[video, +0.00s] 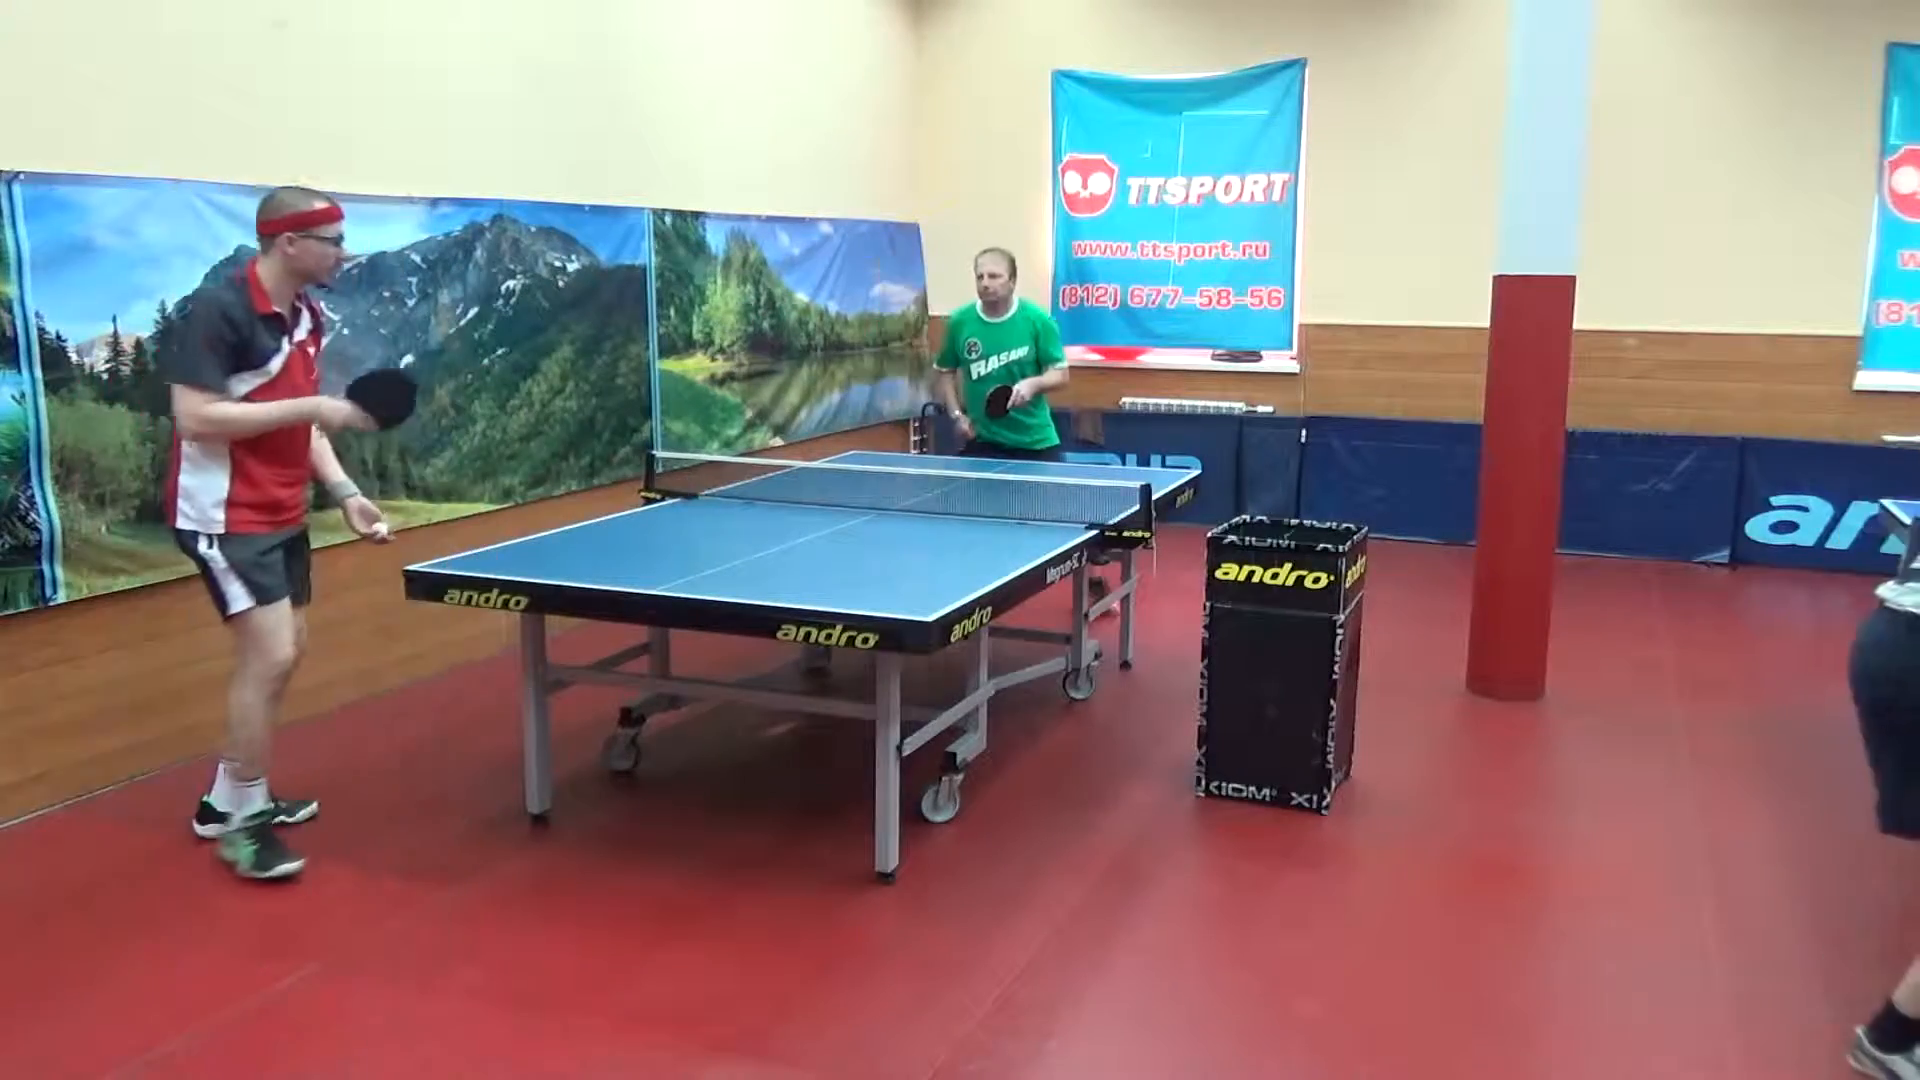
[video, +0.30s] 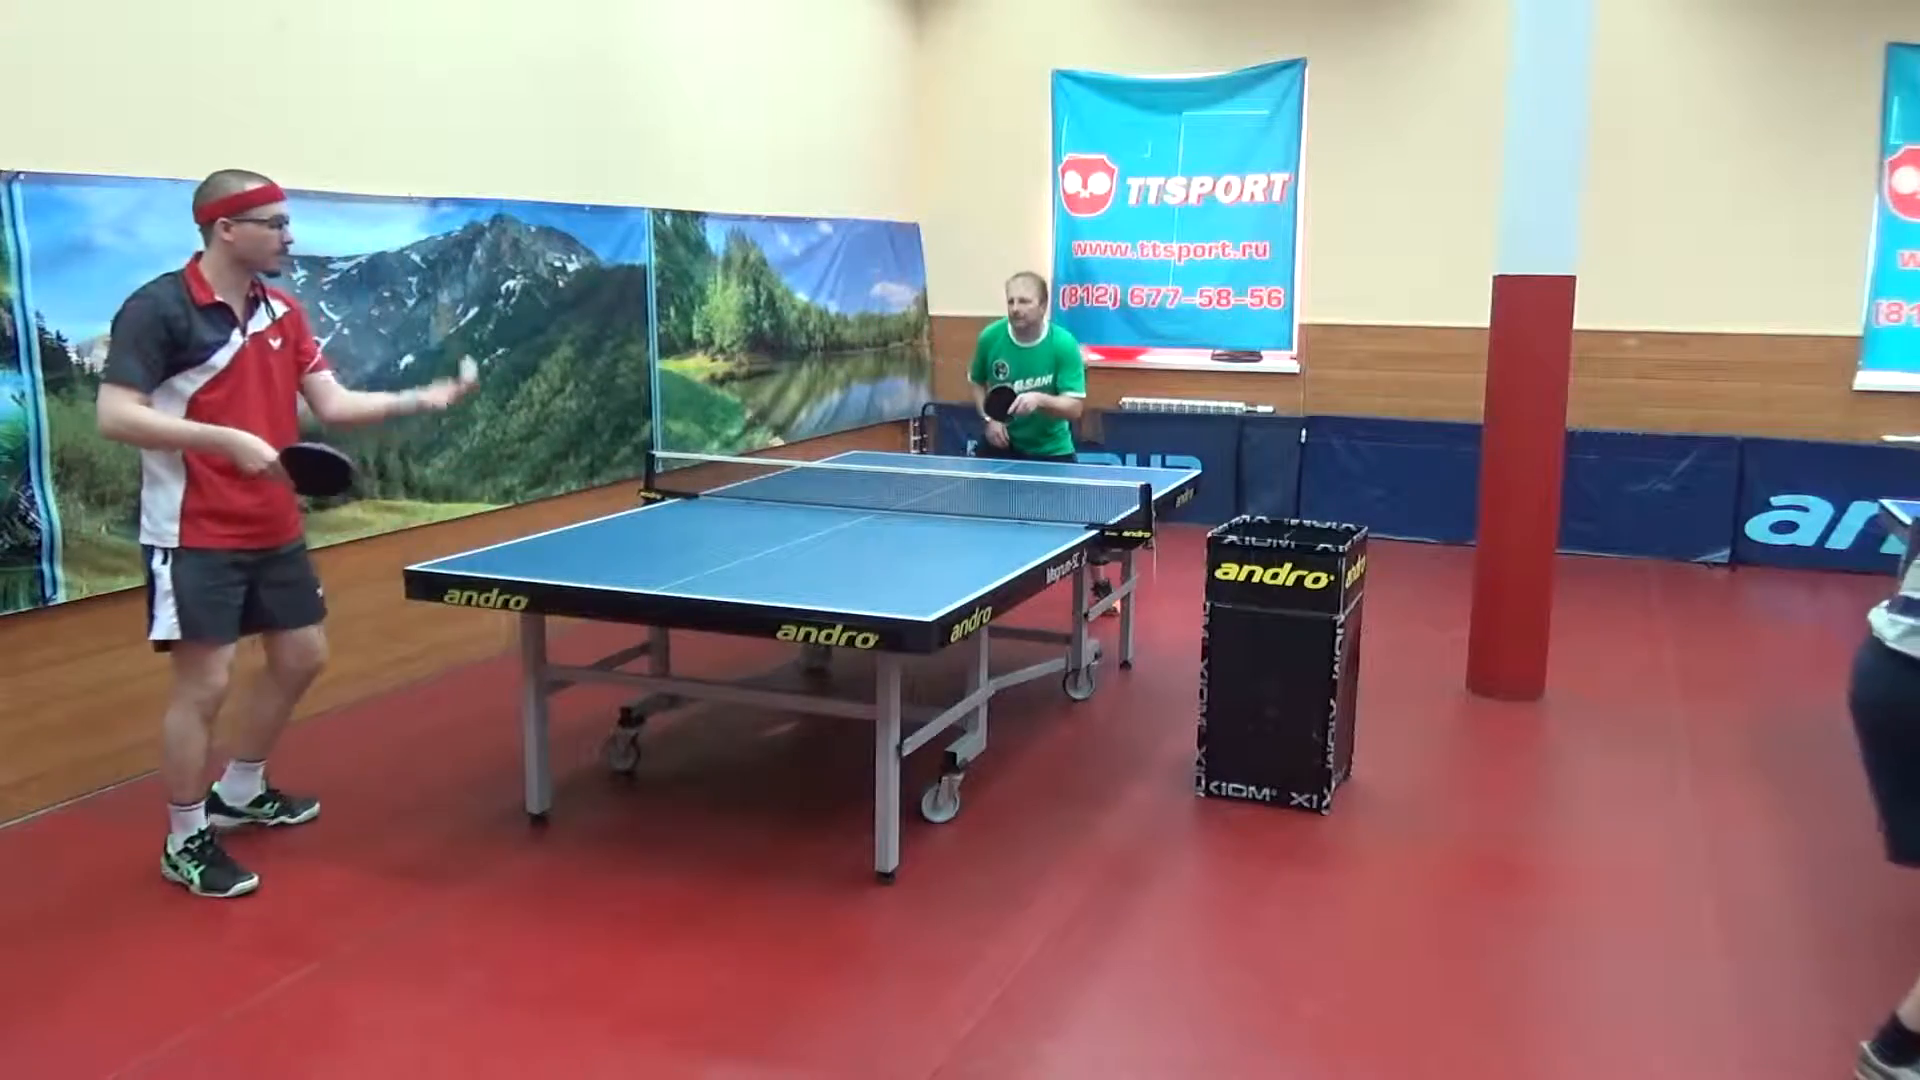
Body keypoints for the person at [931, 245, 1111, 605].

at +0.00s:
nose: (987, 284)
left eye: (995, 277)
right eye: (981, 277)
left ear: (1013, 281)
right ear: (975, 281)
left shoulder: (1037, 321)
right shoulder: (960, 322)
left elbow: (1060, 374)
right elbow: (945, 372)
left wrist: (1032, 384)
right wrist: (956, 414)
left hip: (1036, 438)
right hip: (984, 439)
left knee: (1063, 505)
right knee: (969, 512)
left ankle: (1089, 575)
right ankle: (969, 586)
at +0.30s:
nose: (1016, 308)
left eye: (1024, 301)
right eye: (1011, 301)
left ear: (1043, 304)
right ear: (1005, 303)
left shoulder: (1063, 343)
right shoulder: (990, 338)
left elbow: (1075, 407)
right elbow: (978, 381)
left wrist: (1040, 400)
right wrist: (988, 419)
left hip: (1053, 450)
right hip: (1004, 449)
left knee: (1074, 517)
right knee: (992, 519)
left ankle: (1098, 583)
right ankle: (985, 590)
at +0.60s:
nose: (990, 320)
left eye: (998, 313)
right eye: (985, 312)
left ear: (1014, 316)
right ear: (978, 315)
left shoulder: (1037, 351)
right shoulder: (960, 349)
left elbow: (1045, 415)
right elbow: (948, 395)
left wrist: (1013, 415)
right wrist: (962, 433)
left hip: (1035, 452)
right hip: (985, 454)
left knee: (1070, 513)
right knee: (972, 521)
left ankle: (1100, 585)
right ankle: (968, 597)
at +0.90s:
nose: (992, 319)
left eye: (1000, 312)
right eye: (986, 312)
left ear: (1017, 315)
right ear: (979, 313)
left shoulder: (1039, 350)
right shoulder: (963, 348)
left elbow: (1049, 412)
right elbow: (951, 394)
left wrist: (1017, 412)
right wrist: (960, 431)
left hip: (1037, 451)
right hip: (986, 452)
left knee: (1069, 513)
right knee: (973, 519)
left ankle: (1099, 584)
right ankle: (968, 594)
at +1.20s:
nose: (995, 313)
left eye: (1003, 306)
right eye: (989, 306)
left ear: (1020, 308)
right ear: (982, 307)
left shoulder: (1041, 345)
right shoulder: (965, 342)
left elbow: (1057, 405)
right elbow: (950, 388)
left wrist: (1018, 411)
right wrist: (959, 427)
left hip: (1035, 448)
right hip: (985, 449)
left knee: (1068, 512)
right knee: (975, 519)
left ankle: (1099, 584)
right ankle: (970, 594)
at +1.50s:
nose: (958, 359)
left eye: (965, 352)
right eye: (953, 352)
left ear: (986, 349)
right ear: (948, 349)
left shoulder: (1013, 376)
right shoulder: (942, 373)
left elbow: (1047, 434)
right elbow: (924, 415)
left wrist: (995, 453)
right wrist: (918, 456)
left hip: (1019, 466)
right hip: (968, 469)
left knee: (1052, 520)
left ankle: (1097, 584)